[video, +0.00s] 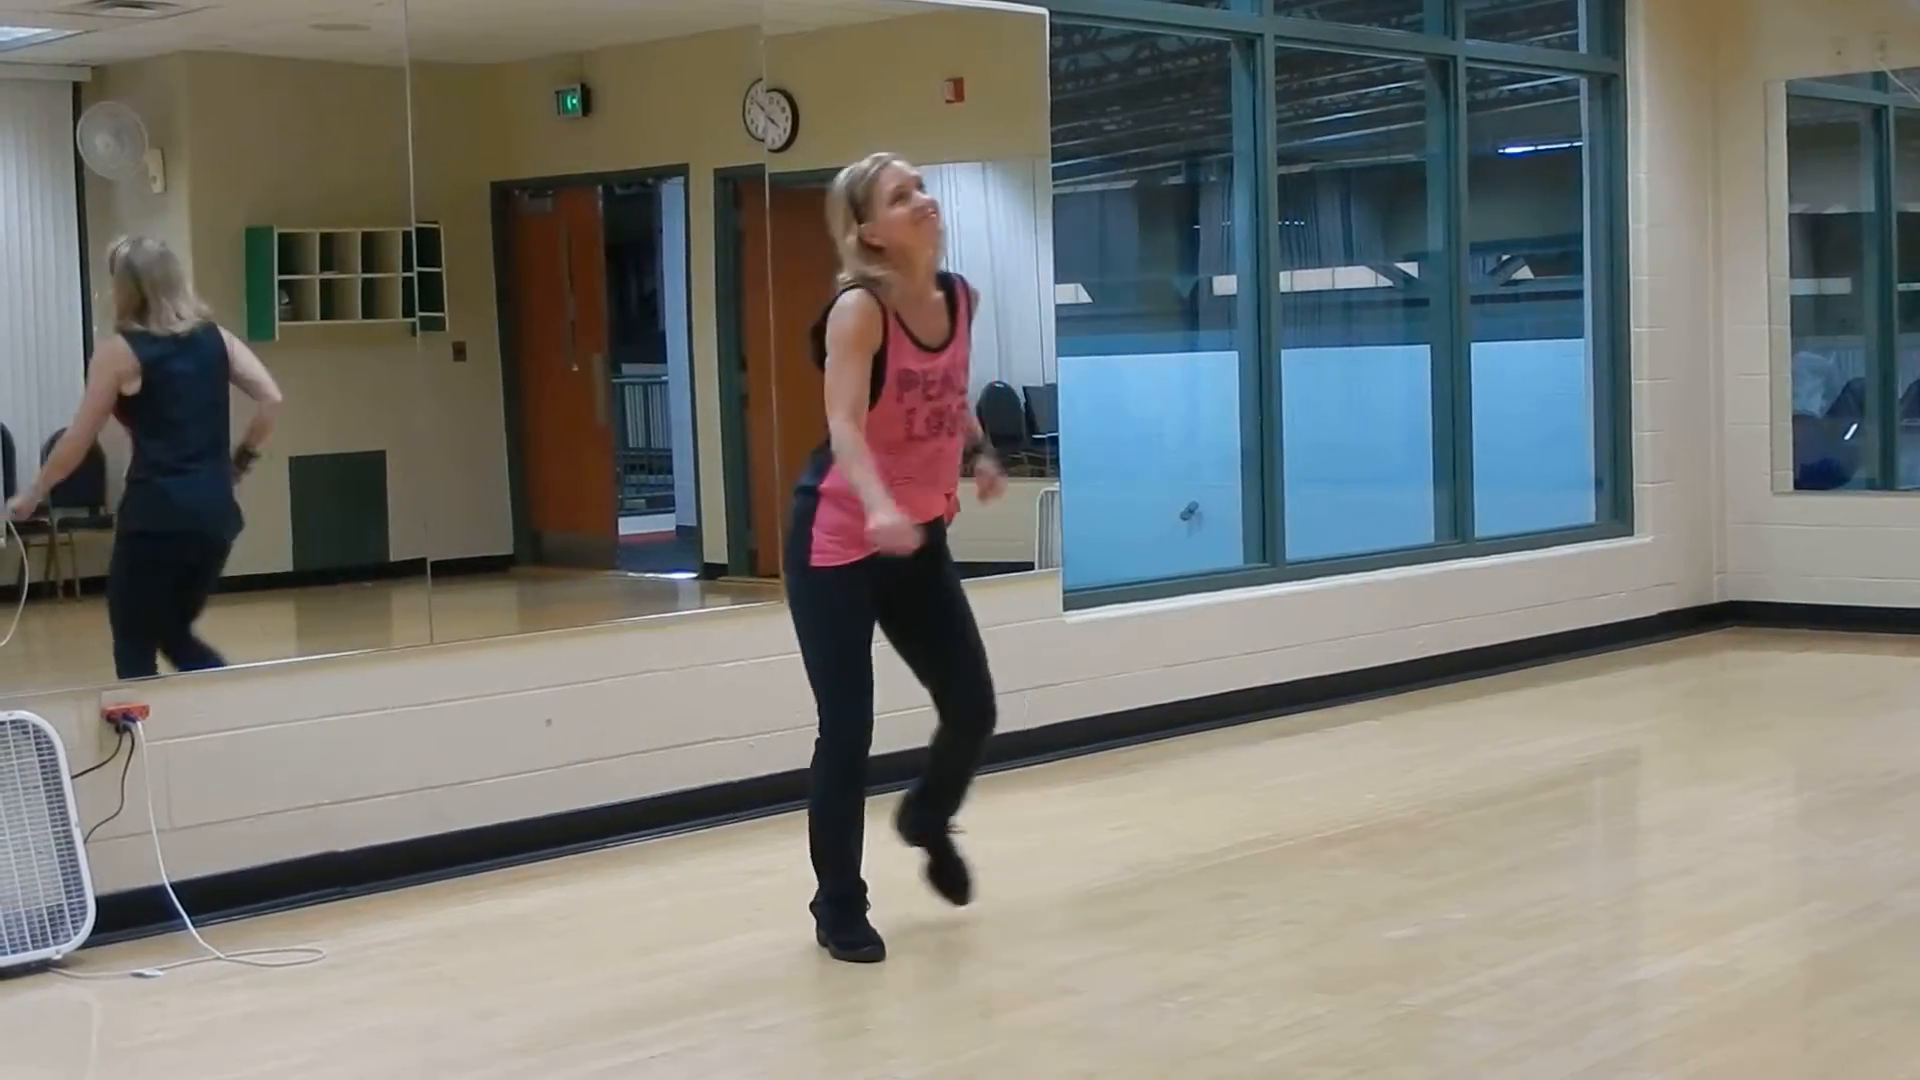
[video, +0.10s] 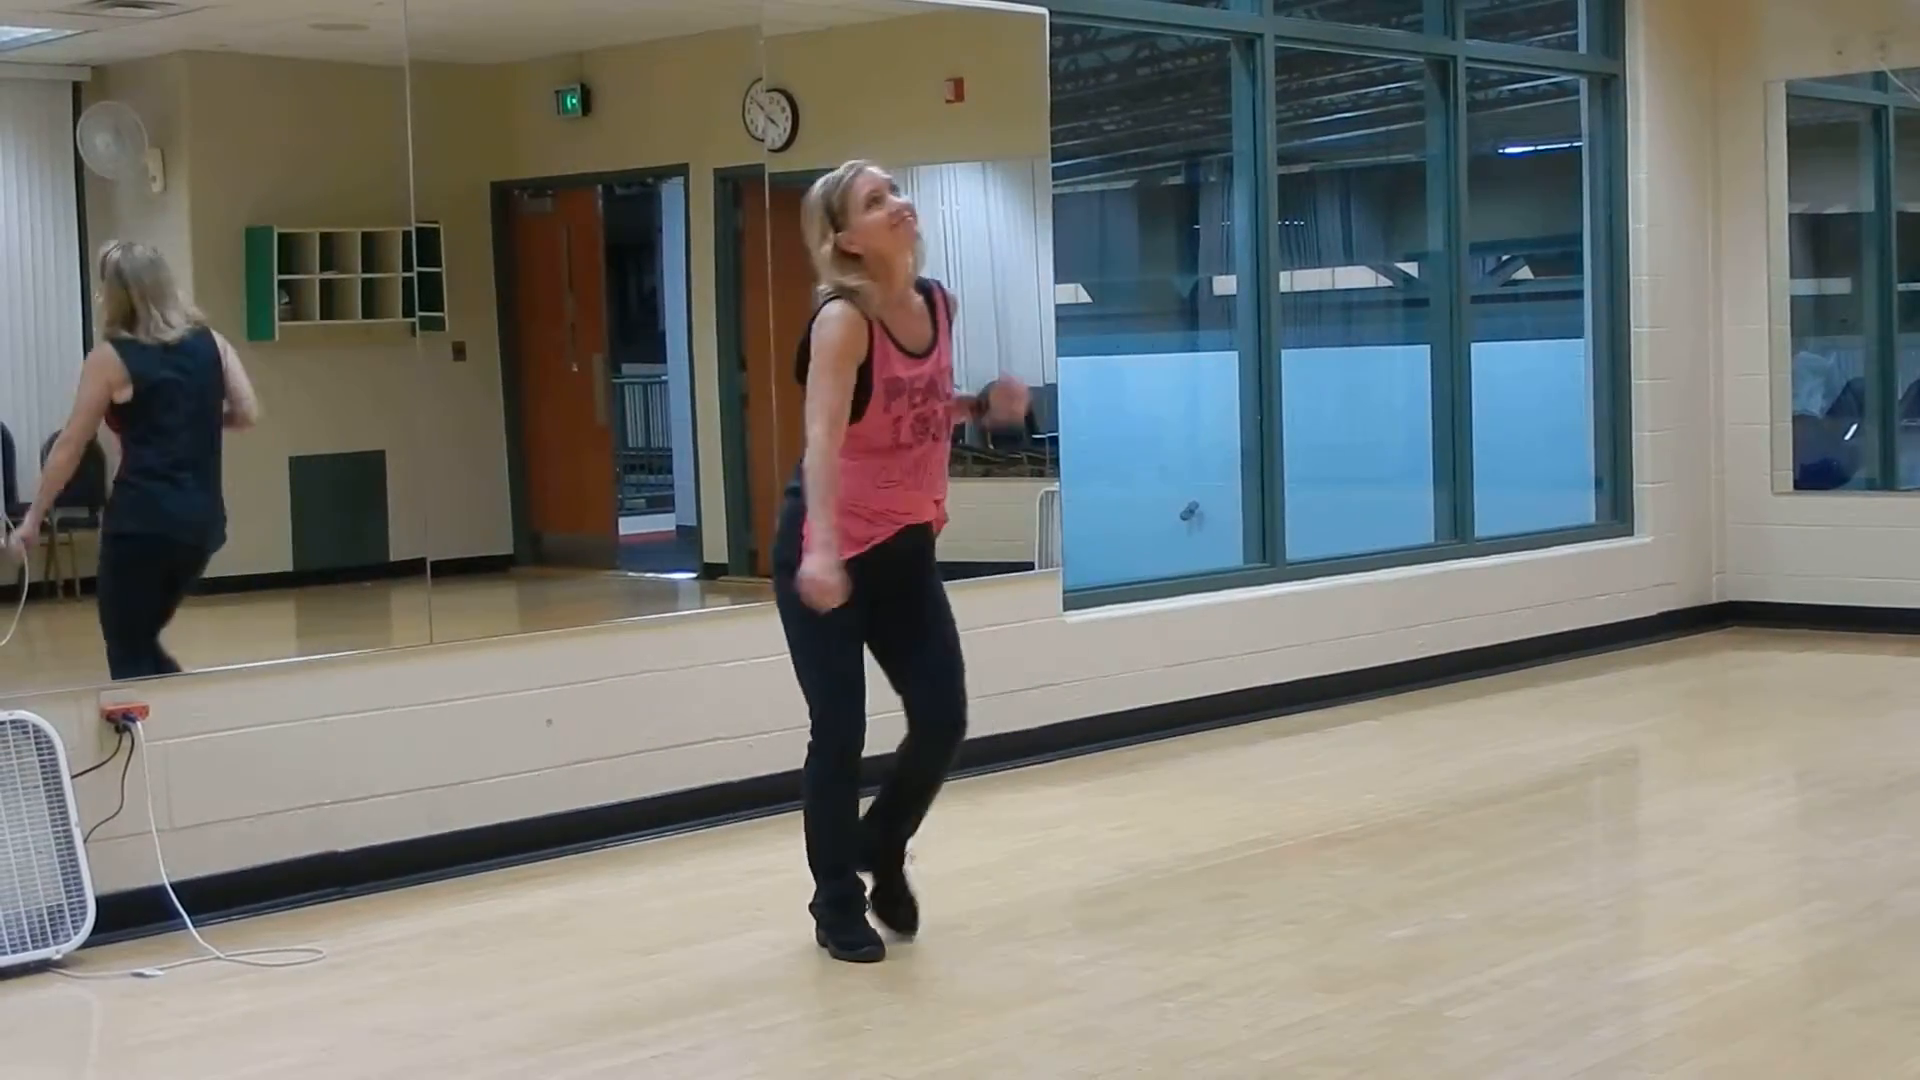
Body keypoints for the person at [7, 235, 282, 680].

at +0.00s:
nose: (111, 293)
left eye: (116, 284)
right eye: (112, 283)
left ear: (128, 290)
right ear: (175, 281)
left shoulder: (119, 351)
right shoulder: (216, 339)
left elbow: (77, 443)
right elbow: (271, 399)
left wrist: (35, 491)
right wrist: (241, 461)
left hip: (155, 517)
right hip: (216, 511)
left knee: (133, 644)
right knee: (174, 632)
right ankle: (240, 705)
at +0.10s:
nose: (101, 298)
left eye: (105, 289)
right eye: (102, 288)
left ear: (118, 295)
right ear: (166, 286)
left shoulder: (110, 358)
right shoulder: (211, 343)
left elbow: (71, 447)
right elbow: (245, 412)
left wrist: (33, 519)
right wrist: (189, 415)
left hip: (140, 523)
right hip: (202, 521)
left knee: (126, 649)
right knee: (142, 639)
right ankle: (197, 718)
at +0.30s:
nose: (85, 277)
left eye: (88, 268)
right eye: (89, 267)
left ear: (97, 276)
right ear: (150, 270)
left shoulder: (92, 337)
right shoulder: (182, 326)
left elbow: (90, 425)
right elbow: (199, 410)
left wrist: (85, 505)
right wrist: (192, 481)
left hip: (130, 511)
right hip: (192, 505)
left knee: (105, 648)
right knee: (164, 640)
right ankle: (209, 737)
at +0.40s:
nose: (73, 264)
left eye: (77, 256)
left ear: (85, 264)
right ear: (138, 260)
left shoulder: (86, 324)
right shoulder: (161, 313)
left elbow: (104, 403)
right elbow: (176, 399)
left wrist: (103, 485)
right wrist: (184, 470)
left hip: (139, 502)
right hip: (196, 494)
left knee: (81, 637)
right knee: (186, 638)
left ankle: (124, 751)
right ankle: (228, 740)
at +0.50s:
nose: (60, 267)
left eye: (66, 258)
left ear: (73, 264)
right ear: (125, 262)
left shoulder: (80, 324)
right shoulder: (142, 314)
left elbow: (117, 398)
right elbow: (164, 398)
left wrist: (102, 481)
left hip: (134, 501)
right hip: (191, 492)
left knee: (74, 643)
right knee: (195, 640)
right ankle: (235, 752)